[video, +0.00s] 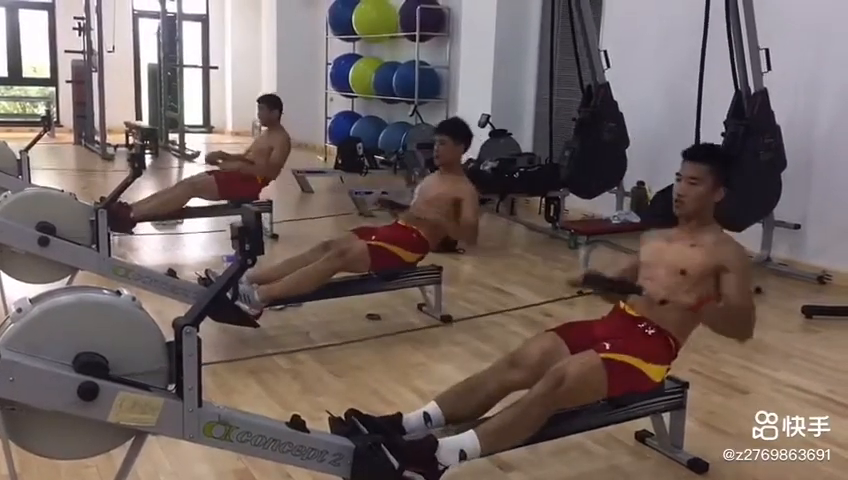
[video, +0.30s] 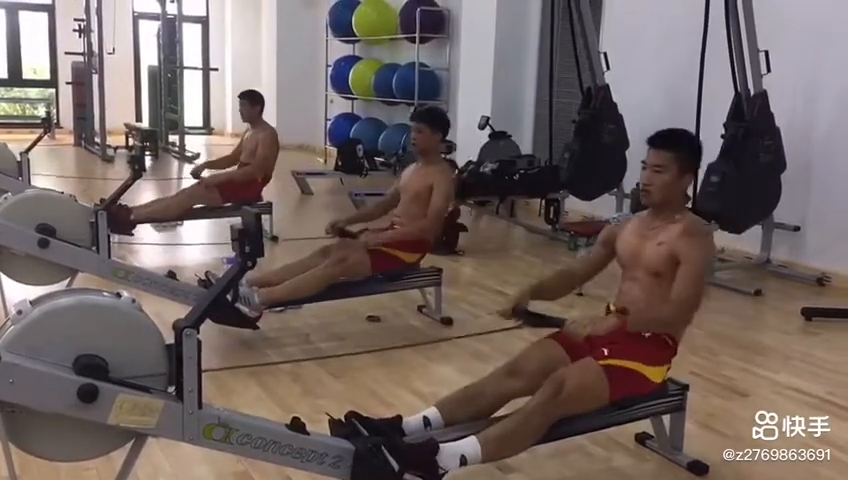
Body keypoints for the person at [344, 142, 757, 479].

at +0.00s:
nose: (681, 189)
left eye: (693, 183)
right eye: (680, 180)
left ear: (718, 193)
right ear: (677, 184)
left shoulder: (729, 252)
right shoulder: (658, 234)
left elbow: (743, 327)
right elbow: (633, 279)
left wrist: (697, 301)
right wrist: (601, 276)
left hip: (651, 347)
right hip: (612, 325)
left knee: (557, 381)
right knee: (518, 362)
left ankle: (444, 456)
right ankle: (405, 428)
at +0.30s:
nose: (646, 177)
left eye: (659, 170)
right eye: (645, 168)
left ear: (687, 179)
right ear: (642, 172)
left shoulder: (695, 238)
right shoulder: (624, 228)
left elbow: (674, 318)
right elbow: (576, 274)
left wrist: (612, 320)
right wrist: (530, 293)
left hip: (650, 345)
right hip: (607, 328)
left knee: (555, 392)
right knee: (515, 371)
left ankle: (443, 461)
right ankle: (407, 429)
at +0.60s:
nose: (627, 178)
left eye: (639, 171)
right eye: (625, 169)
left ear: (668, 177)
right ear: (622, 171)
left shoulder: (680, 236)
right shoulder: (611, 228)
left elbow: (639, 308)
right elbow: (549, 268)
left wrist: (574, 332)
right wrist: (497, 298)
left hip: (649, 348)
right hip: (607, 333)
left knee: (555, 396)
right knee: (515, 375)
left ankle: (444, 462)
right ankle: (406, 430)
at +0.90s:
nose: (616, 179)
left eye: (628, 170)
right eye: (614, 168)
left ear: (657, 177)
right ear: (611, 171)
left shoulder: (673, 236)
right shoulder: (603, 227)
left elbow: (628, 299)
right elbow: (538, 267)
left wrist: (561, 331)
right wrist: (482, 297)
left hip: (650, 347)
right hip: (605, 329)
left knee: (554, 394)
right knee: (514, 375)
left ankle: (445, 461)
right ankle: (408, 431)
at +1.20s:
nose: (600, 177)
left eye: (613, 169)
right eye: (599, 167)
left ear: (642, 177)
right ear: (596, 170)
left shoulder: (658, 234)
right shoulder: (588, 224)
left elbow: (607, 295)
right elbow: (520, 264)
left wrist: (542, 329)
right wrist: (464, 289)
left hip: (642, 353)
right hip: (594, 332)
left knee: (547, 364)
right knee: (505, 350)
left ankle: (446, 458)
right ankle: (412, 429)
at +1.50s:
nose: (567, 176)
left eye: (579, 168)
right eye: (566, 166)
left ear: (611, 177)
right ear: (565, 168)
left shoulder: (625, 235)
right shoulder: (558, 224)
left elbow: (570, 289)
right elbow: (486, 262)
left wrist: (500, 323)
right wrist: (426, 288)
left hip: (621, 358)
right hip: (578, 339)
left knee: (530, 342)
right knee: (481, 327)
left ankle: (448, 455)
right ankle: (413, 426)